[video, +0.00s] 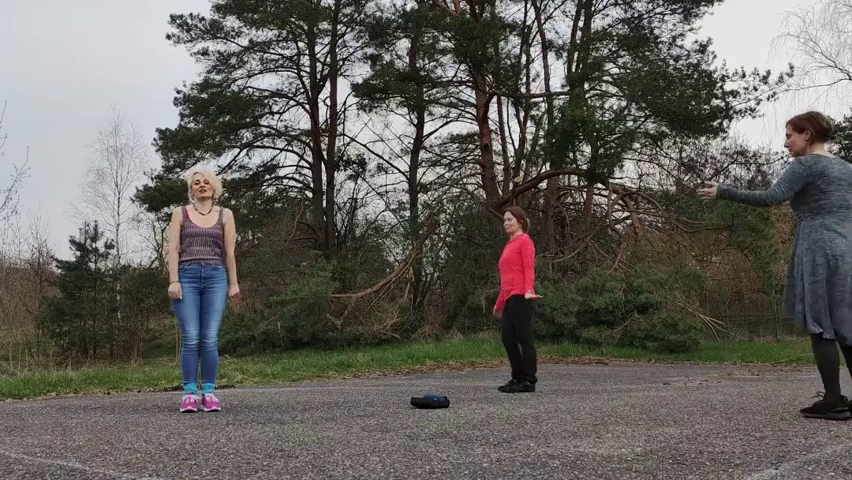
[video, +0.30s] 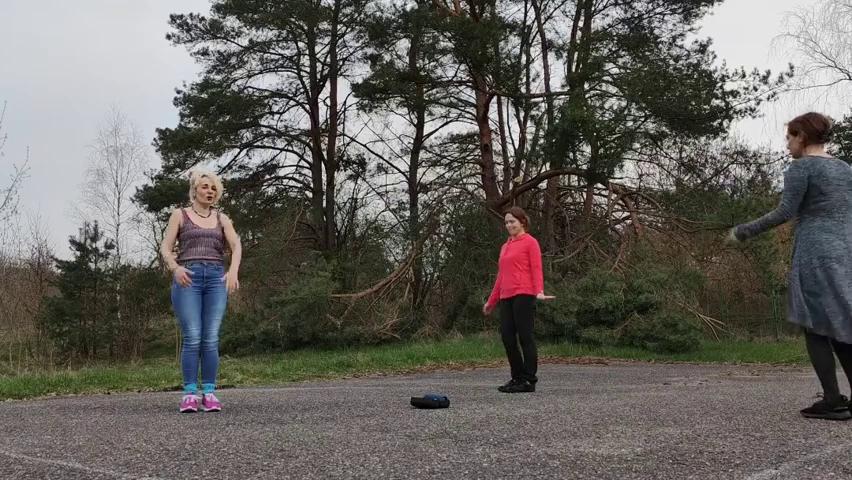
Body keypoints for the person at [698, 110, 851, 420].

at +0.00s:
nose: (786, 142)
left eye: (790, 135)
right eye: (786, 136)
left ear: (807, 134)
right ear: (814, 136)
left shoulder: (805, 165)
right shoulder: (845, 166)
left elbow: (770, 196)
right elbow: (844, 208)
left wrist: (724, 191)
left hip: (818, 249)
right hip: (847, 248)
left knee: (819, 323)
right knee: (842, 323)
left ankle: (833, 398)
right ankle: (843, 397)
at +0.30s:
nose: (787, 144)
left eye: (789, 138)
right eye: (787, 138)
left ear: (802, 137)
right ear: (820, 138)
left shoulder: (800, 167)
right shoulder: (844, 168)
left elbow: (785, 211)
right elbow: (841, 210)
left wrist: (744, 230)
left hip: (815, 254)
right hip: (846, 252)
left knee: (813, 327)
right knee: (841, 328)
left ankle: (833, 399)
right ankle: (849, 397)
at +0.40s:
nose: (788, 144)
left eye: (790, 138)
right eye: (788, 138)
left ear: (803, 139)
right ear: (819, 139)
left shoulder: (802, 169)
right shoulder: (843, 168)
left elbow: (788, 219)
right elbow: (842, 214)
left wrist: (767, 258)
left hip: (815, 255)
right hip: (844, 253)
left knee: (811, 325)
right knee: (839, 325)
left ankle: (832, 397)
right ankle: (840, 397)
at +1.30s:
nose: (791, 135)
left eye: (798, 129)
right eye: (788, 131)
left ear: (818, 134)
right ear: (787, 137)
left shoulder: (814, 165)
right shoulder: (824, 165)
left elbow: (817, 212)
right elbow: (830, 213)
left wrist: (807, 253)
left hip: (820, 253)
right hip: (832, 251)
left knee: (816, 326)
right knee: (833, 326)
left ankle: (833, 398)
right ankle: (836, 397)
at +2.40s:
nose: (775, 144)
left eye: (779, 138)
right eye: (777, 138)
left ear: (789, 141)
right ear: (811, 142)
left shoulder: (780, 177)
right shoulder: (835, 176)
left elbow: (777, 230)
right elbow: (845, 225)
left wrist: (768, 270)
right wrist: (843, 253)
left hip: (802, 255)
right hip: (839, 252)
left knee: (809, 327)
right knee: (836, 325)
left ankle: (833, 399)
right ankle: (847, 389)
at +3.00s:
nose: (762, 156)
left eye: (763, 152)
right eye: (762, 151)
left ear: (770, 154)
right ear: (792, 154)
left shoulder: (762, 186)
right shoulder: (811, 185)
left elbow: (759, 233)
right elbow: (826, 231)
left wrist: (756, 272)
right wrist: (836, 266)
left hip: (782, 262)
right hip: (817, 260)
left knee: (770, 324)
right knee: (815, 326)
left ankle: (795, 377)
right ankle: (822, 396)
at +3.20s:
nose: (752, 166)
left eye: (753, 161)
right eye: (752, 161)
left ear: (761, 163)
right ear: (781, 162)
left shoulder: (754, 192)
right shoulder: (798, 191)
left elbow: (757, 224)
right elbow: (805, 231)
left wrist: (763, 254)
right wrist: (795, 254)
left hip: (767, 264)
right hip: (798, 262)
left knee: (768, 327)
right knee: (803, 326)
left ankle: (779, 393)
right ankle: (818, 393)